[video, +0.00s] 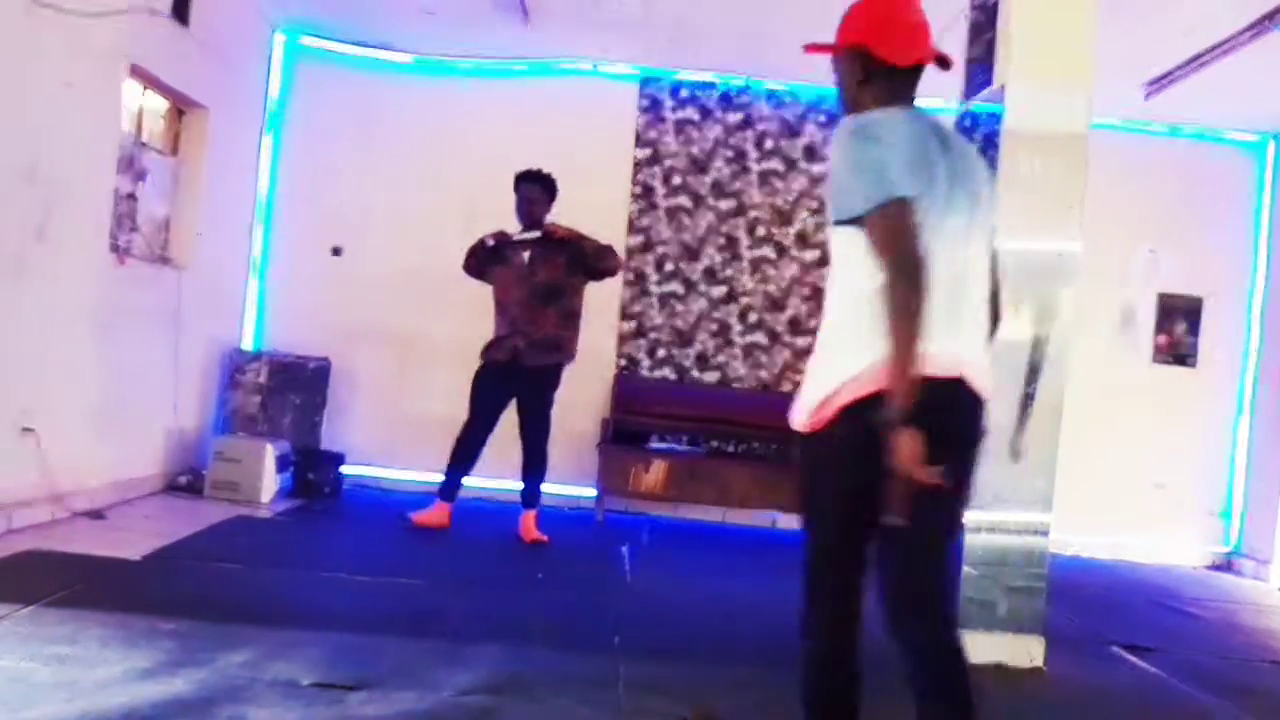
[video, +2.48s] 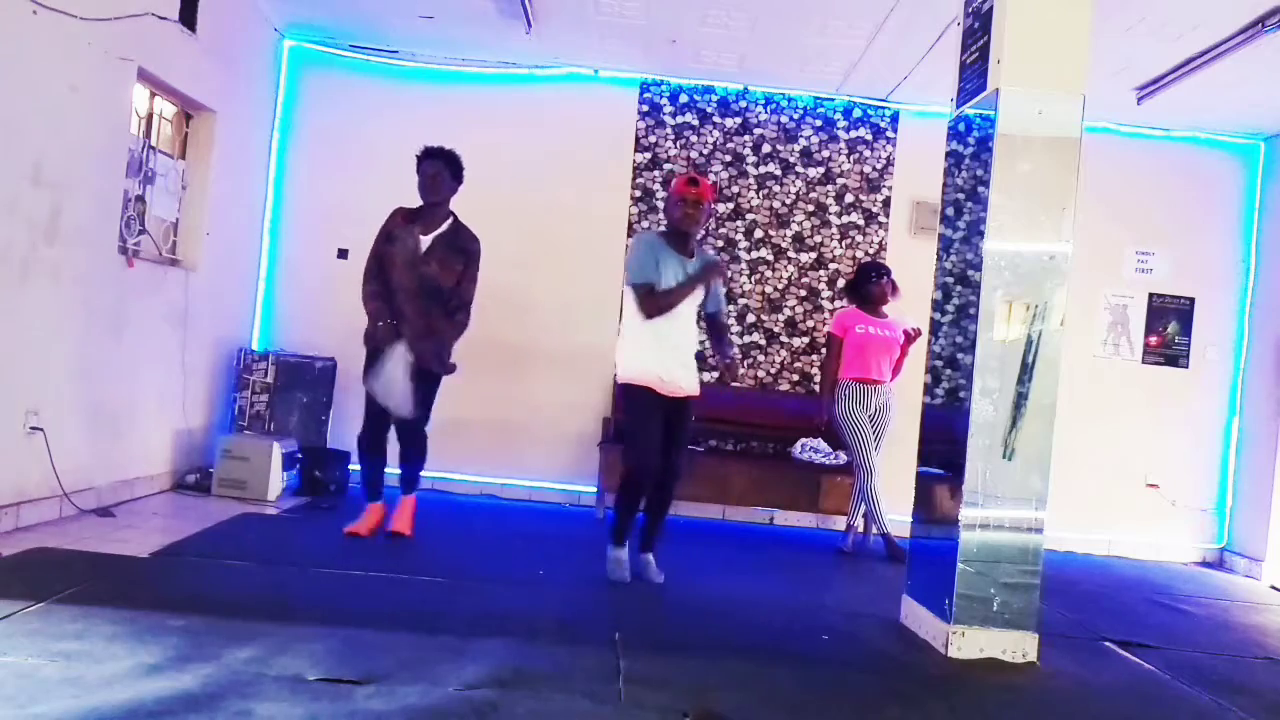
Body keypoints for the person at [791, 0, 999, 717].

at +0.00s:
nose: (834, 75)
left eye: (839, 64)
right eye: (836, 63)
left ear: (857, 66)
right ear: (916, 71)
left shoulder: (866, 134)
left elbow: (902, 262)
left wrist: (904, 413)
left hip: (859, 406)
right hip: (947, 404)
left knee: (829, 613)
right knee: (922, 612)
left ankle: (829, 714)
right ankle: (950, 715)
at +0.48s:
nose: (780, 132)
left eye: (790, 120)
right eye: (787, 119)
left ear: (814, 125)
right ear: (847, 135)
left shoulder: (782, 180)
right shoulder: (892, 215)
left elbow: (714, 259)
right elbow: (916, 329)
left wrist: (619, 299)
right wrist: (933, 423)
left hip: (794, 386)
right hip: (861, 397)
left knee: (801, 557)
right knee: (806, 550)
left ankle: (818, 708)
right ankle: (782, 680)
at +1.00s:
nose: (722, 157)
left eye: (732, 147)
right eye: (727, 146)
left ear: (758, 156)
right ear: (774, 162)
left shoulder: (742, 212)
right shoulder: (809, 227)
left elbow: (757, 303)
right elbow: (813, 318)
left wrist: (772, 398)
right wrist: (814, 392)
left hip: (738, 384)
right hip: (792, 384)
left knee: (720, 512)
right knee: (778, 523)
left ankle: (714, 628)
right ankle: (785, 659)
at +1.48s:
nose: (691, 179)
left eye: (703, 171)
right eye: (691, 170)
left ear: (728, 181)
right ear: (692, 177)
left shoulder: (729, 228)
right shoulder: (705, 232)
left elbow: (738, 309)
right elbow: (713, 317)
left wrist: (666, 335)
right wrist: (668, 355)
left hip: (731, 385)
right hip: (710, 384)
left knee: (692, 489)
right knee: (689, 486)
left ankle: (714, 619)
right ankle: (693, 581)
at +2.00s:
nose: (676, 201)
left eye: (684, 193)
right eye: (669, 193)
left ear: (699, 199)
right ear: (657, 199)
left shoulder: (723, 247)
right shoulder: (640, 255)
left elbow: (745, 314)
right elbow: (641, 324)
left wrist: (729, 278)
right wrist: (615, 299)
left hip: (718, 386)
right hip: (666, 384)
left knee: (714, 477)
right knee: (671, 484)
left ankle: (724, 552)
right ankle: (686, 579)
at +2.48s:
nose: (689, 211)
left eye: (697, 205)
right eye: (683, 202)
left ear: (707, 213)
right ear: (668, 206)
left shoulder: (707, 262)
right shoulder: (646, 246)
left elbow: (715, 319)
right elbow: (650, 305)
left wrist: (726, 349)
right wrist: (702, 278)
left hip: (682, 380)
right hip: (640, 374)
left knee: (670, 469)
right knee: (641, 465)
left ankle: (646, 550)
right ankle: (618, 545)